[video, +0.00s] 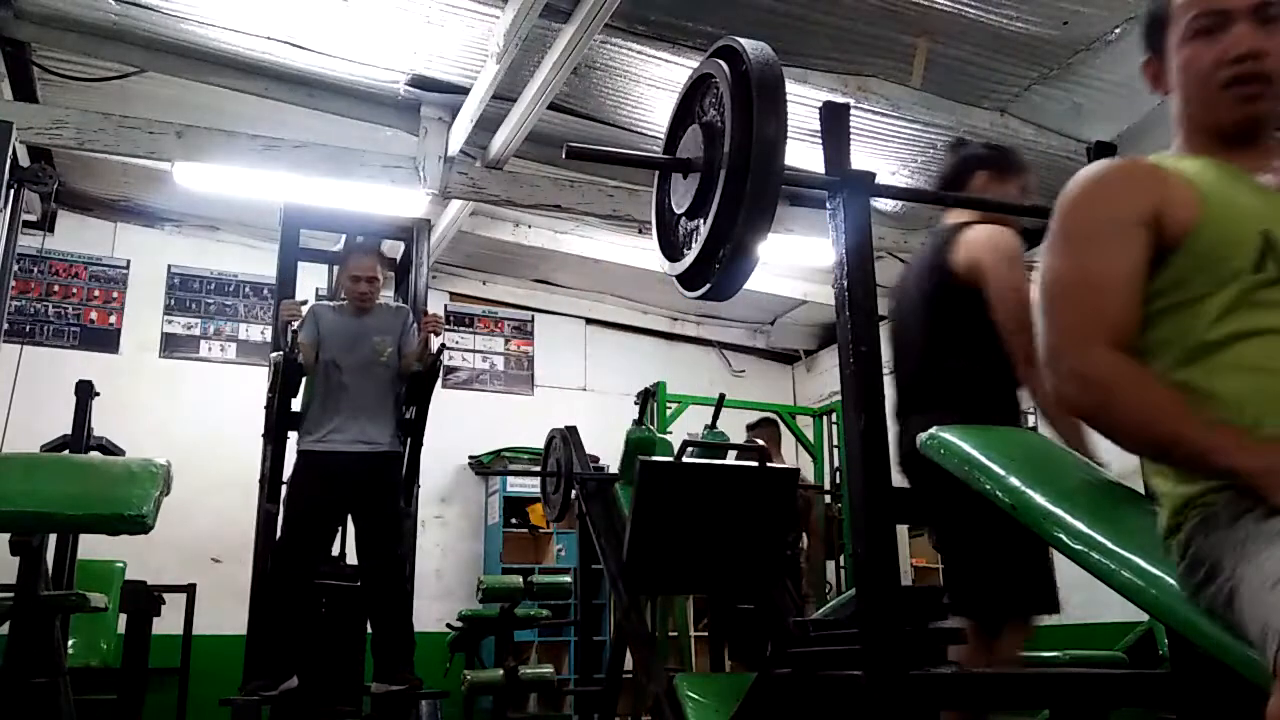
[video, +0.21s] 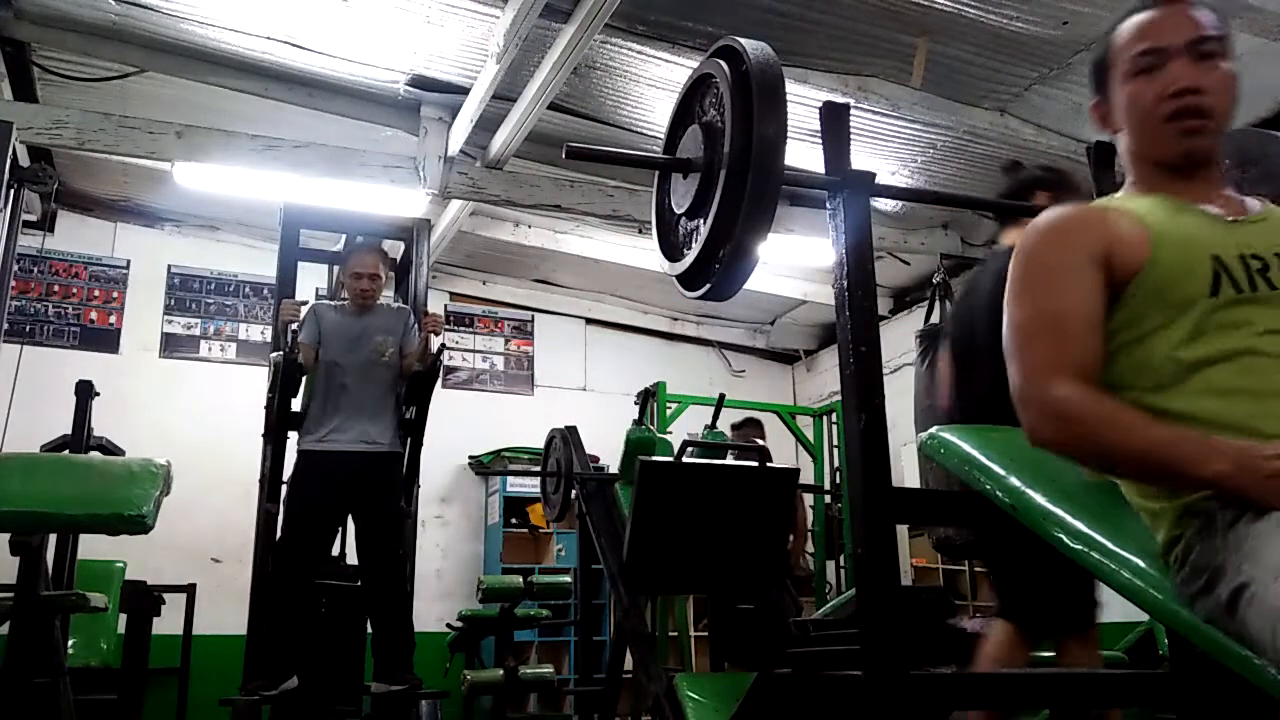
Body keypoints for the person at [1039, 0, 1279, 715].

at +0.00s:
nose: (1247, 45)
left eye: (1266, 21)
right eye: (1209, 28)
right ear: (1159, 75)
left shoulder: (1274, 185)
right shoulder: (1126, 187)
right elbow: (1078, 369)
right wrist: (1253, 457)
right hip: (1237, 504)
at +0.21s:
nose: (1185, 77)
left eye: (1207, 54)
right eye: (1150, 65)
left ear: (1233, 84)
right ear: (1104, 115)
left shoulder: (1268, 218)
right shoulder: (1074, 231)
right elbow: (1051, 407)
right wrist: (1236, 462)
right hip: (1228, 523)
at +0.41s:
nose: (1145, 78)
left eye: (1164, 55)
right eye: (1109, 73)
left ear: (1201, 83)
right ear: (1077, 125)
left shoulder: (1272, 214)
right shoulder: (1061, 257)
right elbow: (1067, 438)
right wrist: (1250, 470)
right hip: (1235, 532)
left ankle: (1154, 641)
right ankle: (1142, 647)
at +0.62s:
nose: (1167, 63)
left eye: (1186, 39)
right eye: (1130, 56)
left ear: (1220, 69)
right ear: (1091, 111)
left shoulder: (1275, 211)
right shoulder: (1066, 247)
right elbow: (1050, 431)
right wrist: (1227, 456)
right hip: (1235, 530)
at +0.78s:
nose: (1199, 55)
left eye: (1220, 30)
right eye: (1161, 41)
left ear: (1248, 59)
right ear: (1113, 90)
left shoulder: (1274, 200)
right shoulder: (1071, 236)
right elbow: (1033, 424)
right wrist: (1131, 350)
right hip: (1236, 523)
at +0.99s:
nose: (1230, 52)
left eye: (1253, 24)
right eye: (1190, 33)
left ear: (1278, 52)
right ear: (1136, 76)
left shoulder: (1279, 197)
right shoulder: (1080, 221)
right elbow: (1024, 408)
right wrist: (1094, 266)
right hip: (1242, 522)